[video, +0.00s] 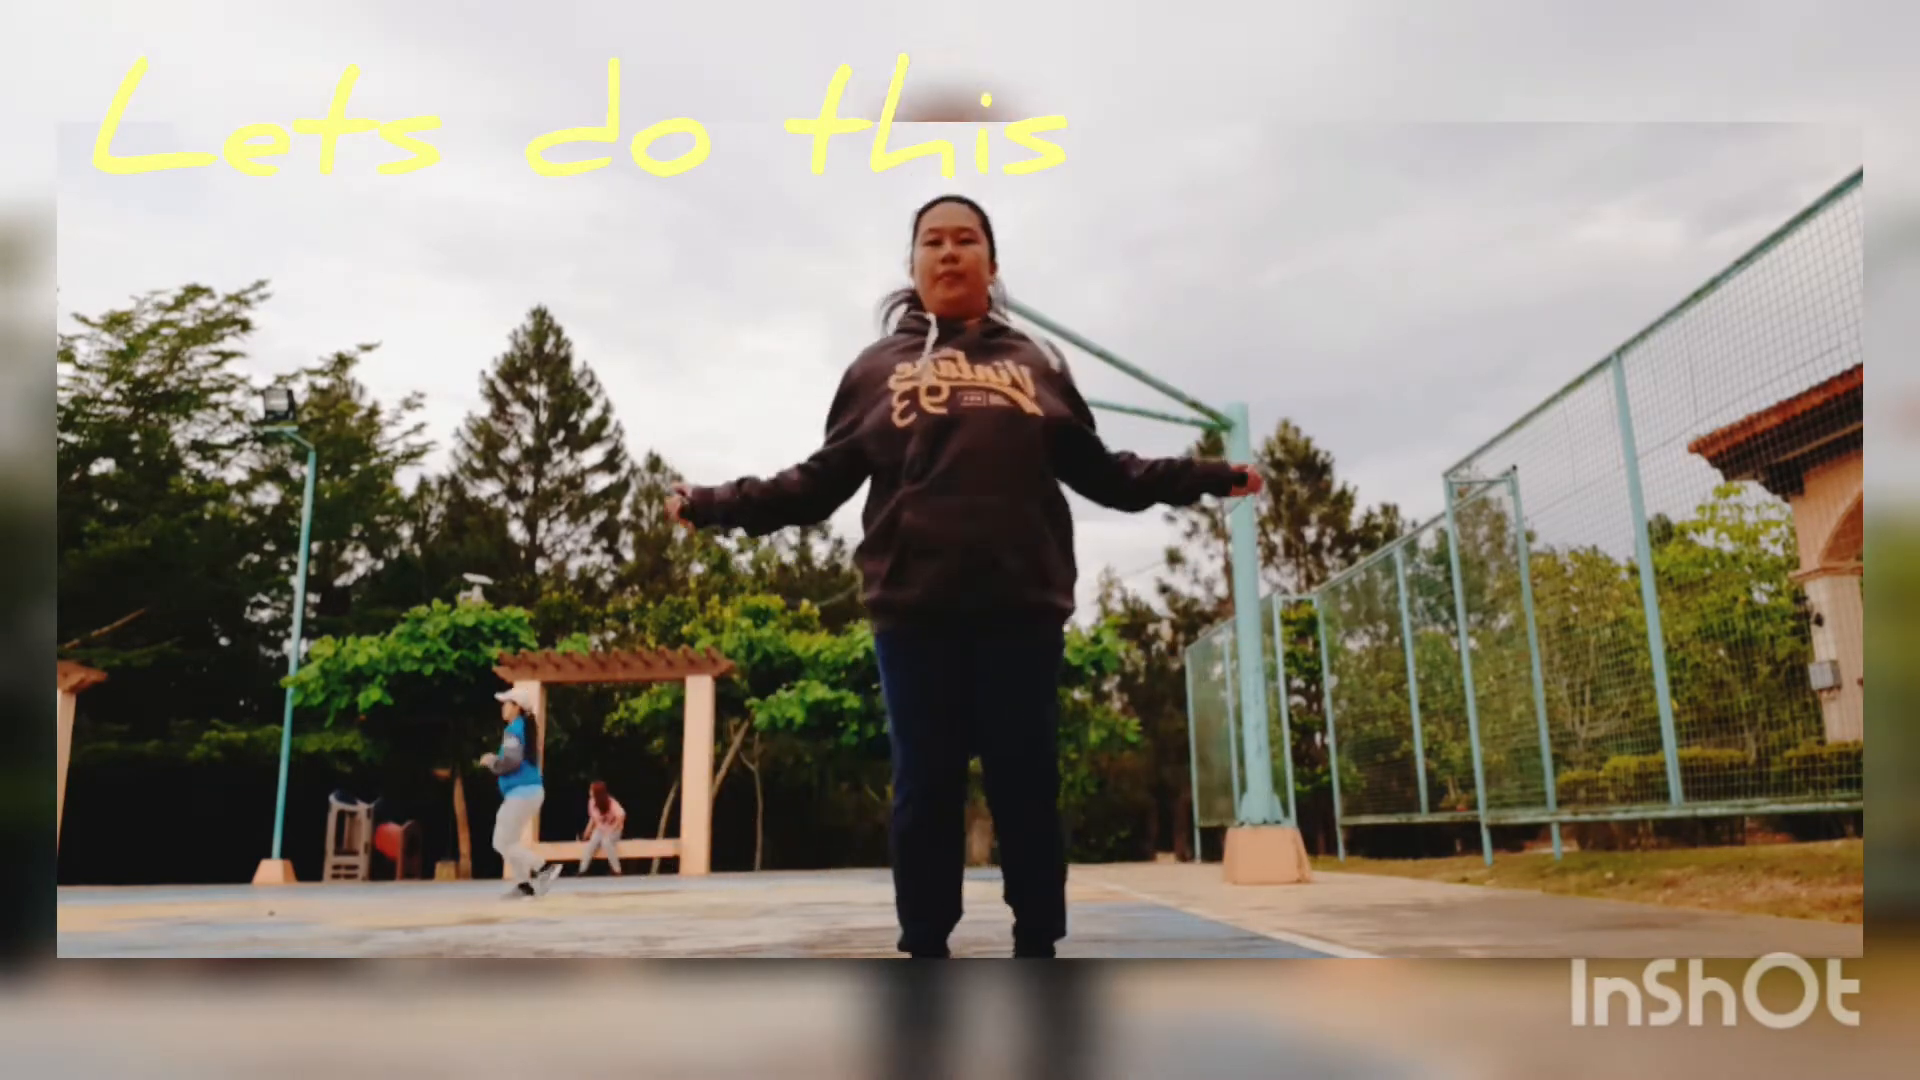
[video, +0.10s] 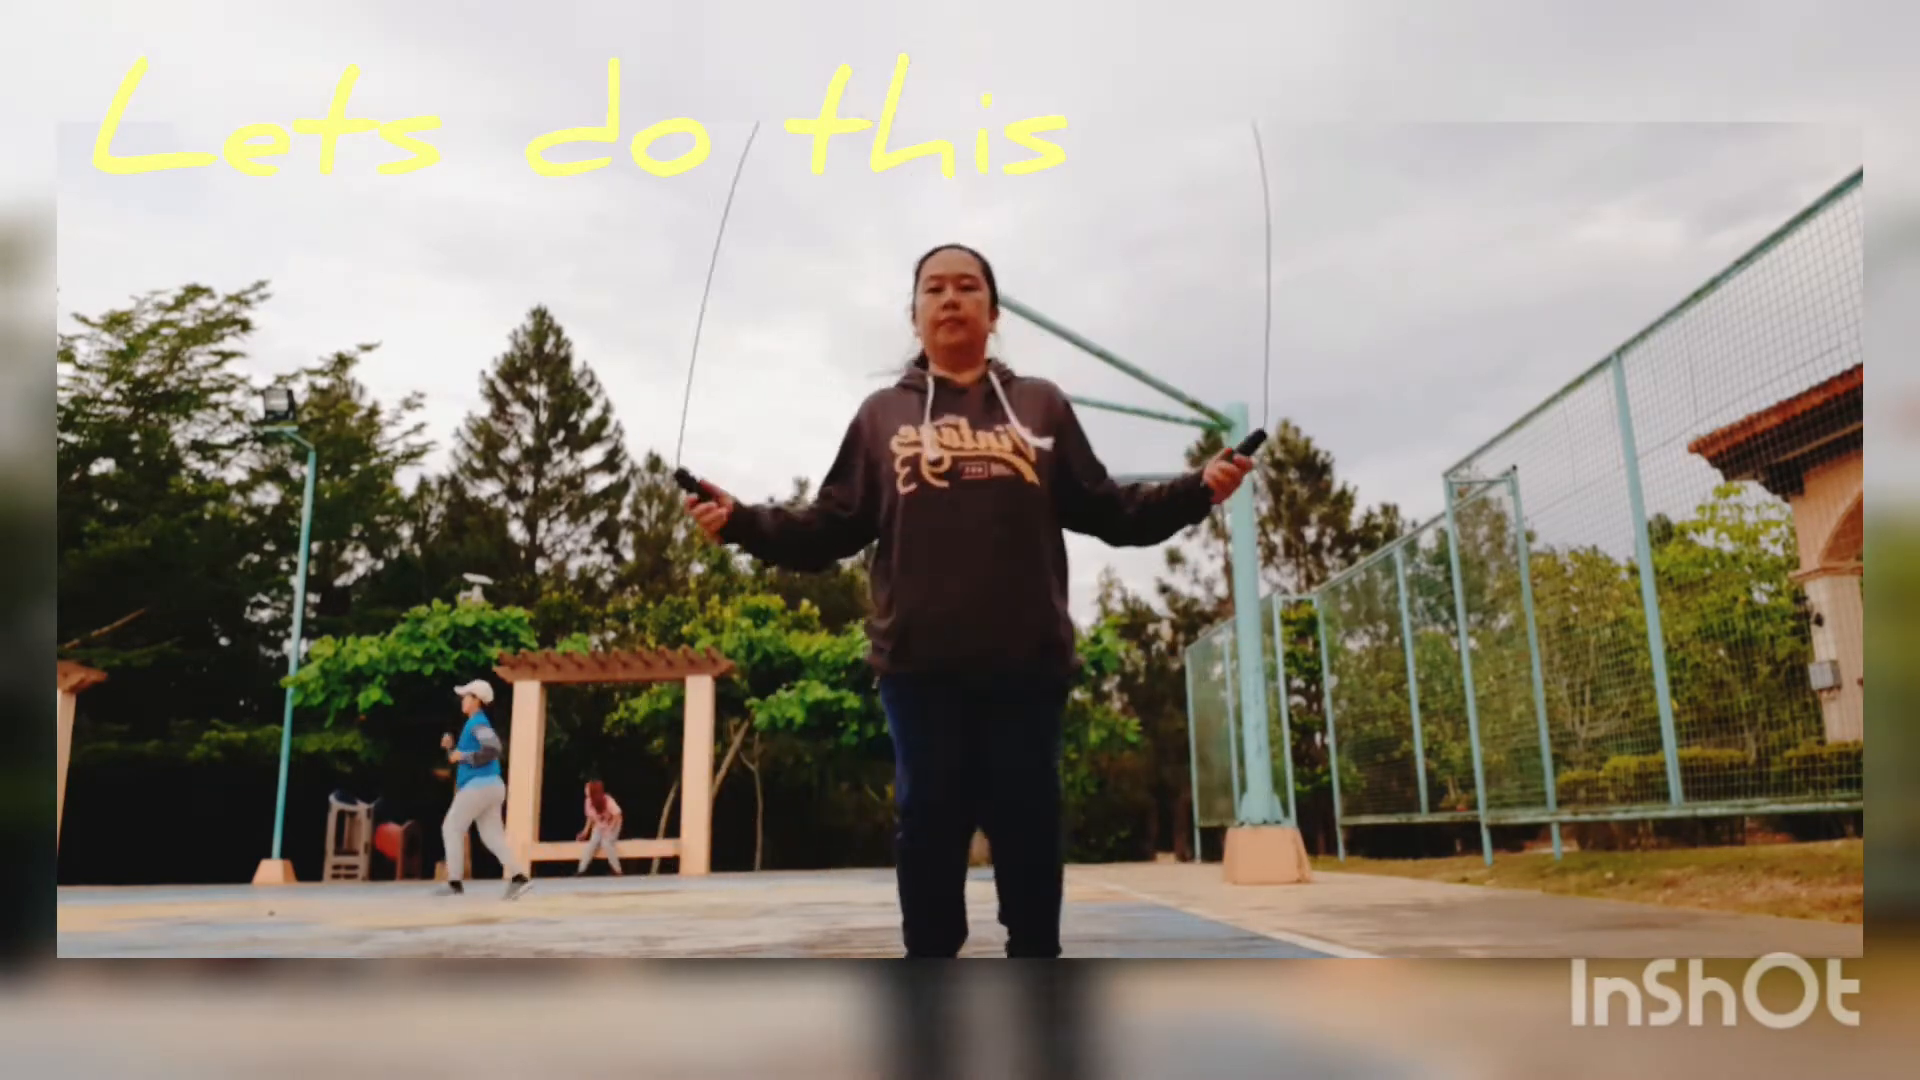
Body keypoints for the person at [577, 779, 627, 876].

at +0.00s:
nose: (590, 793)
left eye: (592, 791)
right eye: (590, 790)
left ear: (598, 793)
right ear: (595, 793)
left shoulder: (611, 802)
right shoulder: (592, 802)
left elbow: (621, 814)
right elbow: (593, 818)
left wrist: (614, 828)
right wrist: (587, 832)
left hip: (612, 827)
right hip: (600, 827)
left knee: (607, 843)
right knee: (591, 844)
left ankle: (616, 869)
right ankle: (582, 869)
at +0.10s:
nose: (588, 793)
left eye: (592, 790)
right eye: (588, 790)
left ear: (598, 791)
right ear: (588, 792)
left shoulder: (607, 800)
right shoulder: (589, 802)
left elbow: (617, 814)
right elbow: (590, 817)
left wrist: (611, 828)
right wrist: (585, 832)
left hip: (611, 824)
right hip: (598, 824)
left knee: (607, 843)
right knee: (592, 844)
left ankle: (617, 869)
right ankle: (581, 869)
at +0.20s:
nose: (582, 790)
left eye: (585, 787)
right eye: (583, 787)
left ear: (592, 788)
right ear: (584, 789)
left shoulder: (604, 798)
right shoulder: (586, 800)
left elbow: (614, 814)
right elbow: (587, 817)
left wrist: (609, 828)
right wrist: (584, 831)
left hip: (611, 822)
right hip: (598, 822)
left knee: (606, 843)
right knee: (591, 844)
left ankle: (617, 869)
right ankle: (581, 869)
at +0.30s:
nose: (578, 788)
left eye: (580, 785)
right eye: (578, 785)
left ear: (587, 787)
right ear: (582, 788)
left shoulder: (599, 796)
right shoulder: (583, 800)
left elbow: (611, 811)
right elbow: (586, 817)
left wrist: (606, 828)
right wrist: (582, 831)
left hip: (611, 818)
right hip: (597, 820)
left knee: (606, 843)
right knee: (590, 843)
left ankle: (617, 869)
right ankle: (581, 869)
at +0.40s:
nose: (574, 788)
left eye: (577, 785)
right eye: (574, 785)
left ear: (583, 786)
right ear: (576, 787)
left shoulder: (596, 796)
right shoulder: (581, 799)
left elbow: (607, 812)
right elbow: (586, 817)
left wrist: (604, 828)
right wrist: (581, 832)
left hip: (610, 817)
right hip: (597, 817)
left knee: (606, 843)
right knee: (589, 842)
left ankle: (618, 869)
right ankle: (581, 869)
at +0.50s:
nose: (569, 787)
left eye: (571, 784)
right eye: (569, 784)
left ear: (578, 785)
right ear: (571, 787)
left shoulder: (588, 795)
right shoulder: (578, 797)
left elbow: (598, 815)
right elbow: (584, 816)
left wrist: (600, 830)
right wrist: (580, 832)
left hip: (607, 815)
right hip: (594, 817)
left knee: (606, 842)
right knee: (586, 841)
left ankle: (618, 869)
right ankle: (580, 869)